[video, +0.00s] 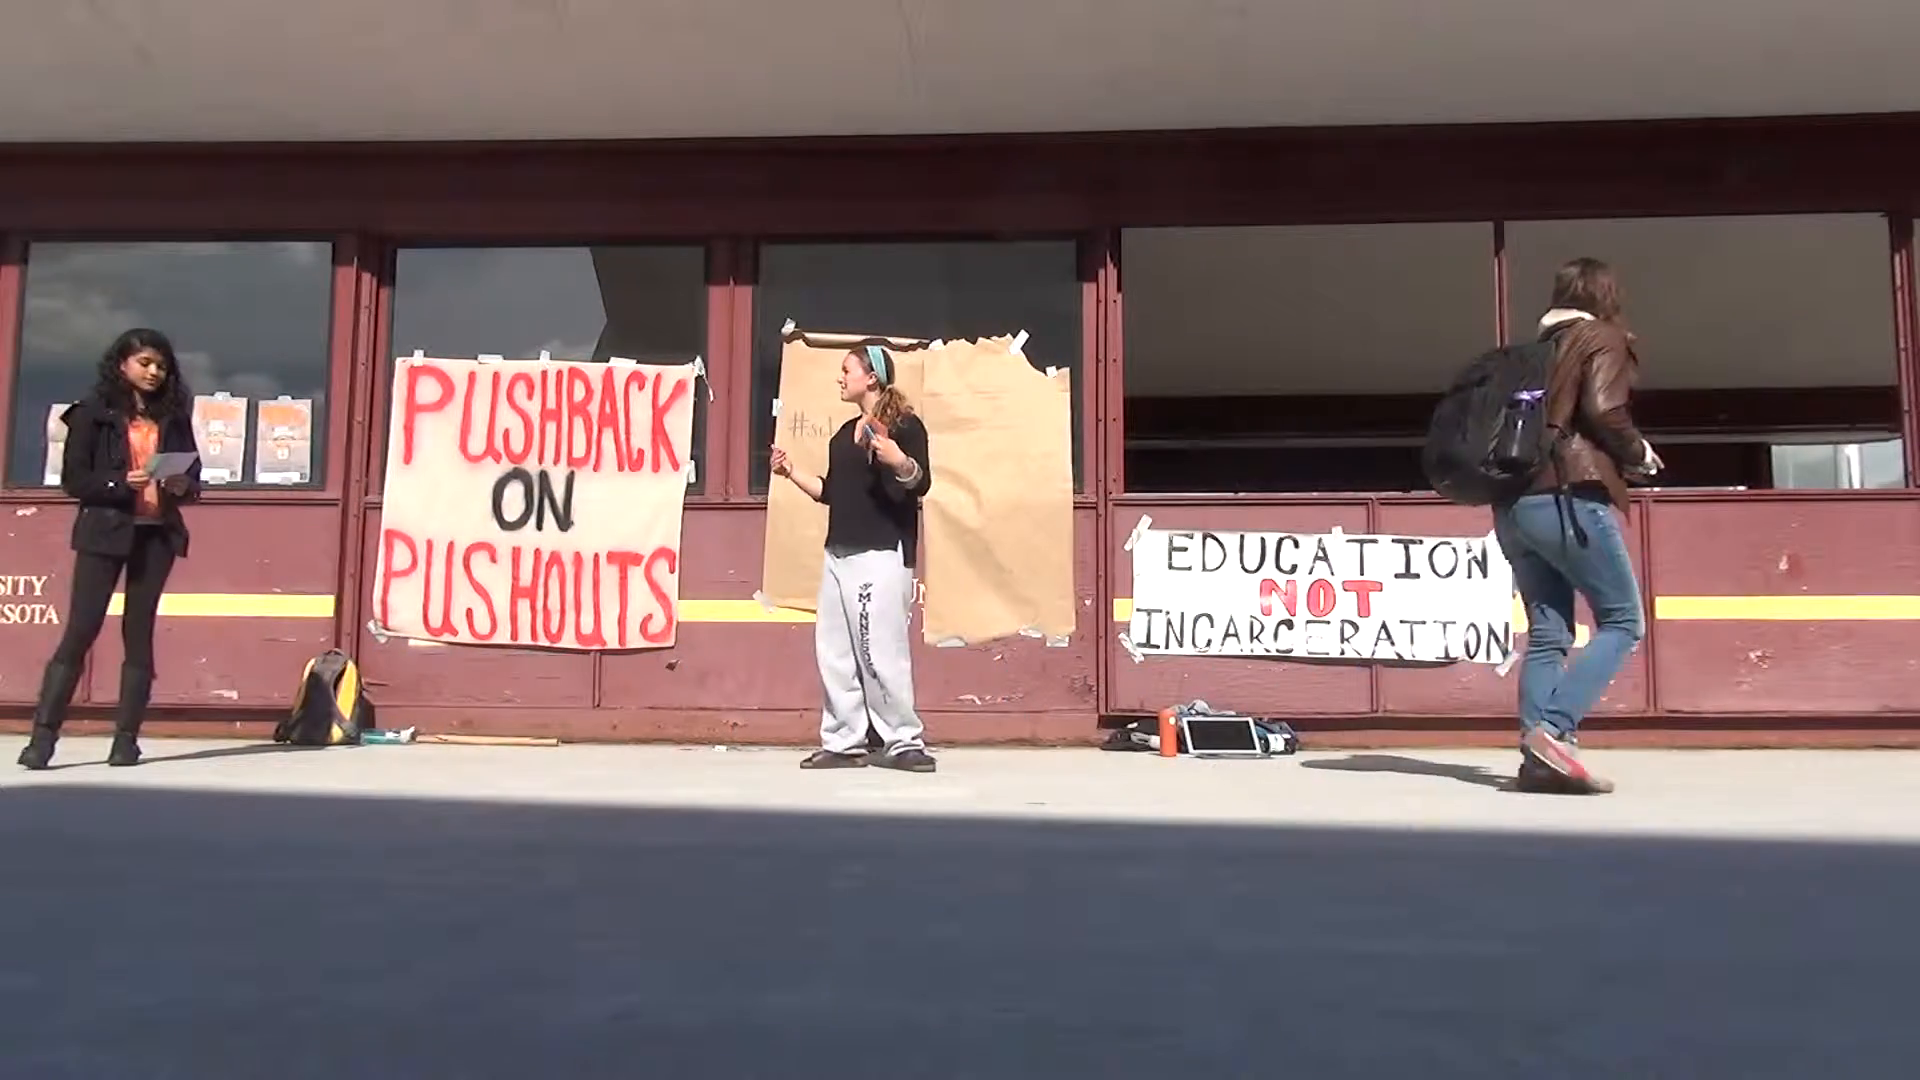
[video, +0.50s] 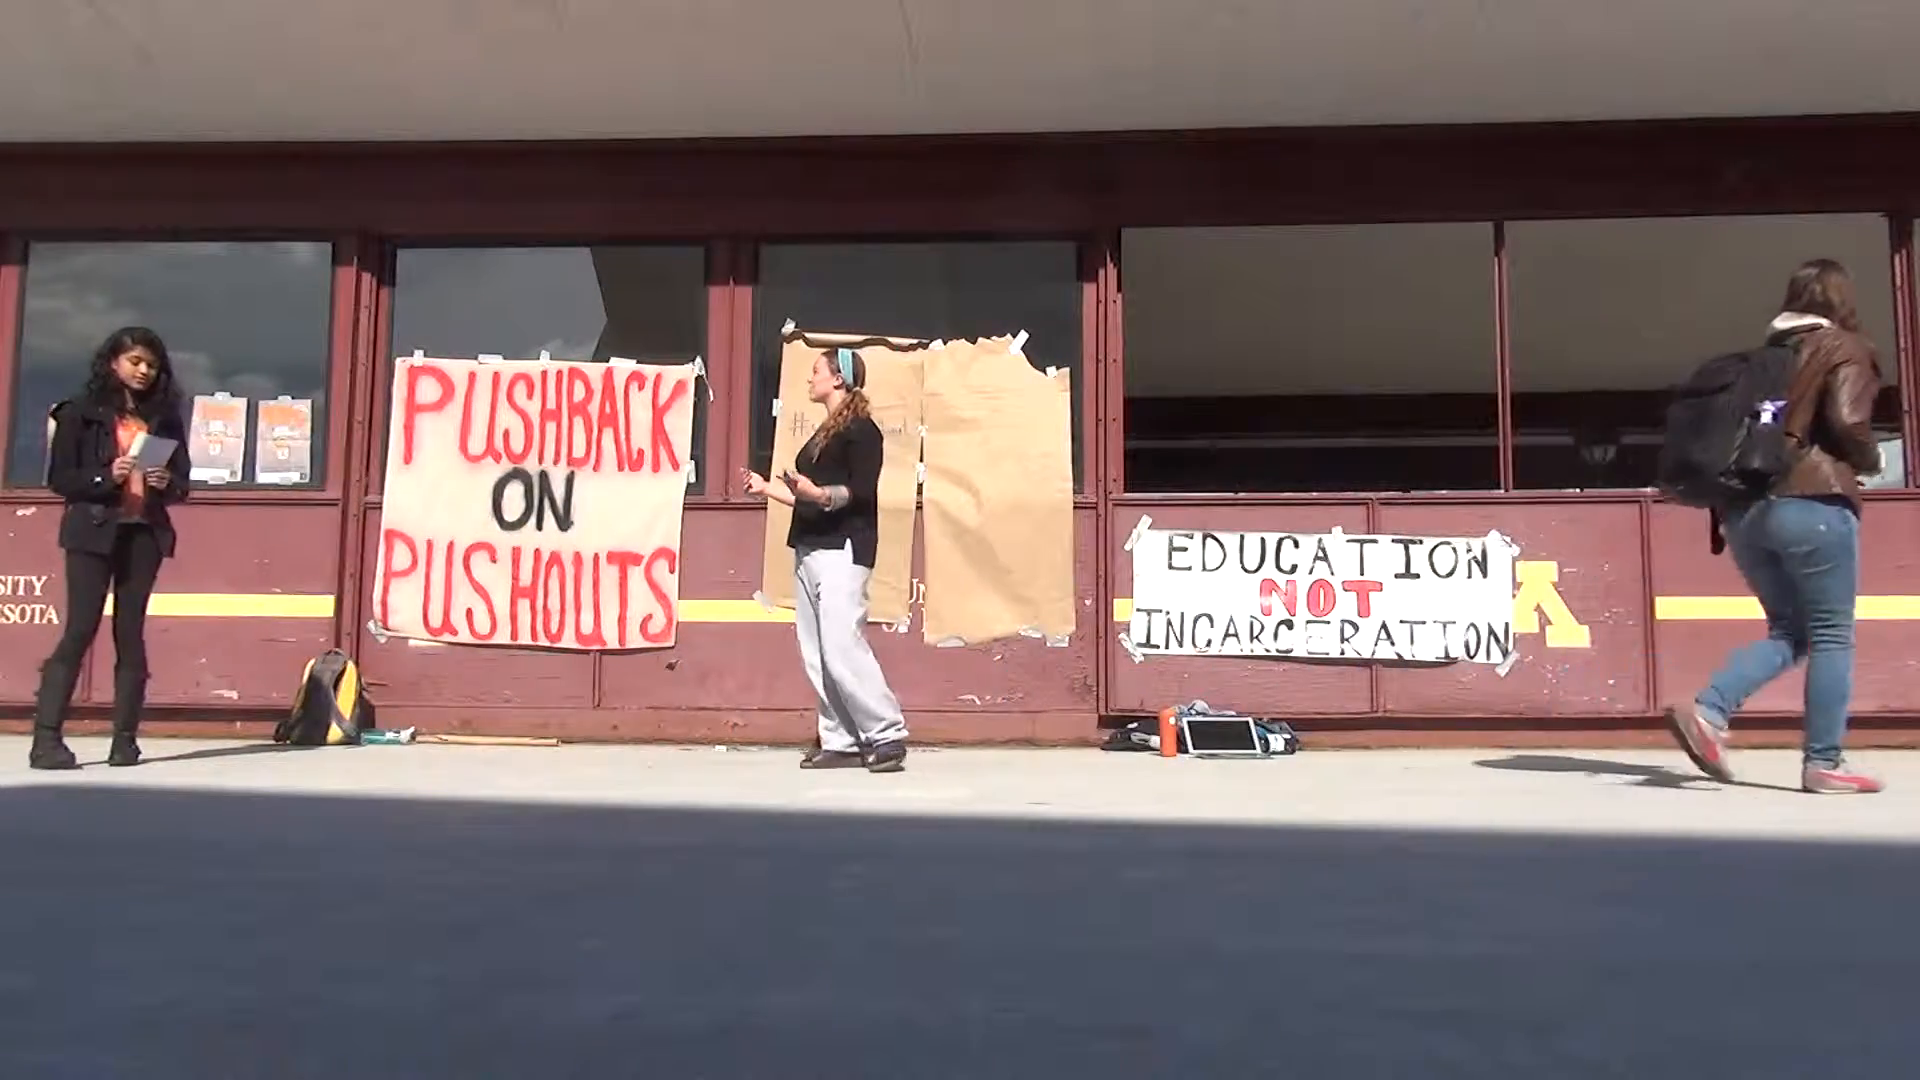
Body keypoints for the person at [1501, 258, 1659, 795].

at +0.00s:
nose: (1620, 303)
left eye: (1618, 293)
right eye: (1617, 294)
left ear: (1561, 296)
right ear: (1606, 296)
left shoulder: (1536, 347)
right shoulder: (1604, 338)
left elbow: (1520, 426)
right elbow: (1602, 411)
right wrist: (1643, 457)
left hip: (1516, 508)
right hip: (1571, 504)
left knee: (1547, 634)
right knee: (1622, 624)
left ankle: (1539, 757)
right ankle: (1554, 732)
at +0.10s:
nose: (1662, 308)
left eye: (1656, 297)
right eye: (1658, 299)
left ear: (1603, 301)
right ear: (1650, 300)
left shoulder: (1578, 350)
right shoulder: (1649, 343)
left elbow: (1562, 425)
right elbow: (1644, 416)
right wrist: (1682, 460)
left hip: (1554, 512)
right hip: (1615, 509)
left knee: (1557, 642)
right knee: (1679, 622)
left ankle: (1541, 762)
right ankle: (1686, 760)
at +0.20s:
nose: (1709, 322)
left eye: (1703, 312)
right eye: (1706, 313)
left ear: (1650, 317)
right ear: (1697, 315)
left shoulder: (1625, 364)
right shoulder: (1698, 358)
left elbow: (1603, 439)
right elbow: (1689, 429)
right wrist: (1723, 475)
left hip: (1595, 523)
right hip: (1663, 526)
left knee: (1578, 645)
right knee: (1733, 641)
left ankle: (1543, 760)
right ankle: (1799, 758)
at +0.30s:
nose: (1764, 326)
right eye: (1760, 317)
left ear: (1702, 320)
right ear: (1752, 320)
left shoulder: (1672, 369)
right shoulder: (1751, 365)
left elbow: (1644, 444)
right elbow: (1742, 438)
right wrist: (1773, 482)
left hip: (1649, 529)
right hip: (1722, 530)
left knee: (1625, 644)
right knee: (1782, 640)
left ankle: (1557, 745)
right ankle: (1816, 764)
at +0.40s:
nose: (1810, 315)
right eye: (1806, 305)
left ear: (1750, 311)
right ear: (1798, 310)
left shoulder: (1723, 366)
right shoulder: (1802, 360)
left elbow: (1692, 441)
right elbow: (1799, 431)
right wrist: (1823, 475)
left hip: (1706, 524)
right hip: (1774, 520)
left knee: (1707, 650)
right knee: (1819, 635)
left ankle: (1615, 717)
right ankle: (1822, 763)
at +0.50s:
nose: (1854, 303)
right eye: (1849, 295)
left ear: (1792, 299)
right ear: (1842, 299)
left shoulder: (1765, 353)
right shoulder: (1846, 349)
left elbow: (1737, 428)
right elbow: (1845, 422)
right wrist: (1870, 461)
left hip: (1746, 512)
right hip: (1813, 510)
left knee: (1789, 633)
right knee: (1831, 635)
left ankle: (1707, 714)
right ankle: (1822, 763)